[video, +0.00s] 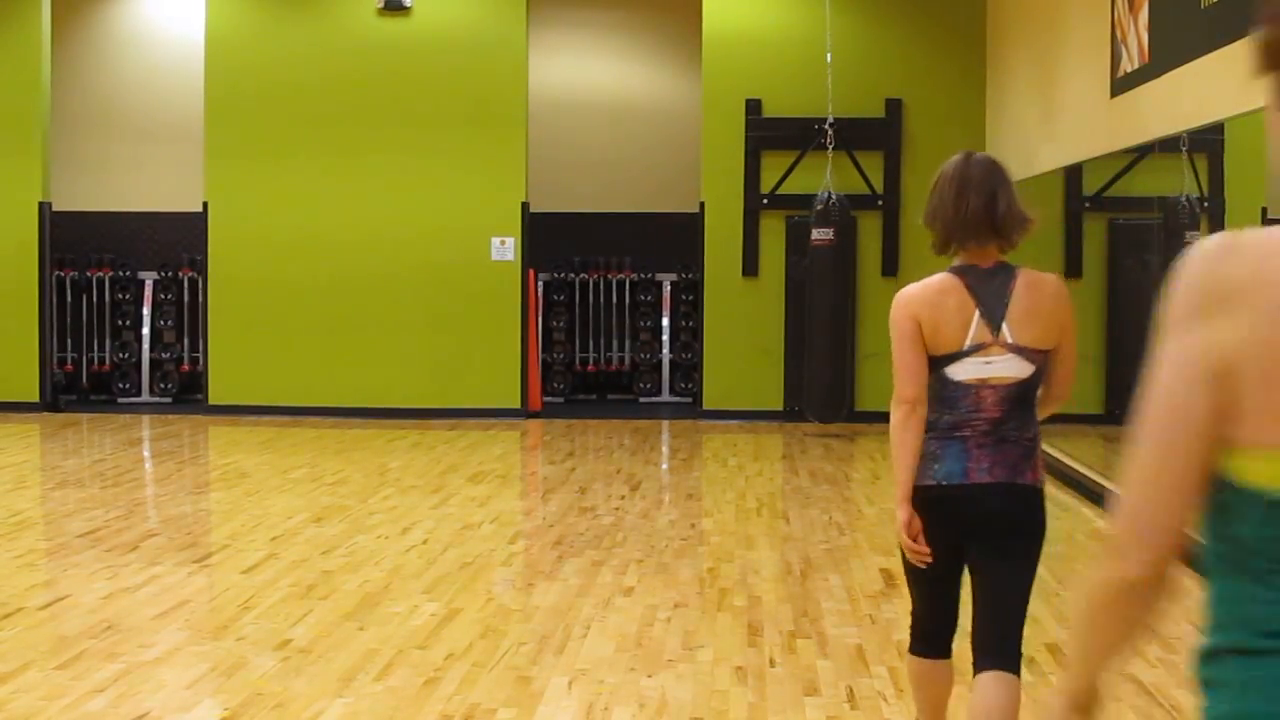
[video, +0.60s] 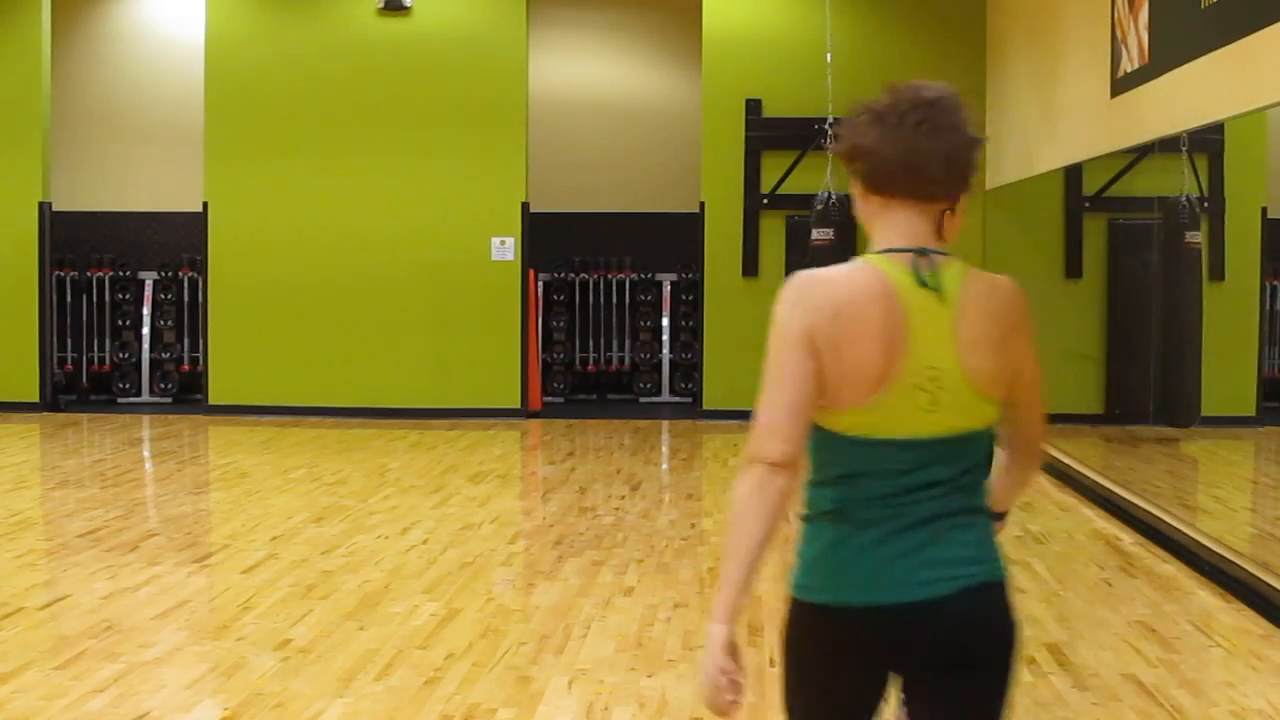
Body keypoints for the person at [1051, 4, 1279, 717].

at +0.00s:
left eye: (1265, 78)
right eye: (1268, 79)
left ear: (1268, 70)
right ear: (1264, 74)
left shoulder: (1231, 274)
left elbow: (1145, 542)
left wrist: (1077, 691)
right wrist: (1078, 687)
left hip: (1254, 685)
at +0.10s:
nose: (1170, 154)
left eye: (1174, 133)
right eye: (1173, 132)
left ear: (1201, 140)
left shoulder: (1131, 310)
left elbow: (1015, 544)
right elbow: (1015, 547)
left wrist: (1008, 591)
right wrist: (1010, 584)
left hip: (1186, 695)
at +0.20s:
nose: (1090, 161)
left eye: (1092, 144)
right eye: (1091, 143)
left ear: (1111, 147)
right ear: (1231, 154)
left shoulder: (1045, 302)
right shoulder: (1267, 307)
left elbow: (965, 523)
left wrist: (943, 561)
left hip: (1097, 669)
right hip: (1242, 651)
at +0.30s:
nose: (1018, 142)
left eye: (1020, 124)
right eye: (1019, 123)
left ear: (1038, 132)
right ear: (1148, 136)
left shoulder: (979, 275)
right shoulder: (1213, 289)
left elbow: (915, 488)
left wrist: (886, 597)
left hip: (1027, 646)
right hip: (1166, 643)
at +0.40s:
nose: (959, 146)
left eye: (960, 131)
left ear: (973, 136)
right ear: (1078, 138)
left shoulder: (922, 270)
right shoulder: (1134, 273)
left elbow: (872, 470)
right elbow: (1159, 459)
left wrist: (826, 624)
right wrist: (1147, 583)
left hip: (961, 625)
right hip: (1106, 618)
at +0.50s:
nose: (903, 177)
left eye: (903, 161)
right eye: (905, 160)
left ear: (916, 167)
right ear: (1012, 167)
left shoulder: (869, 289)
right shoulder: (1064, 291)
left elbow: (826, 467)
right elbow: (1085, 464)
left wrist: (779, 642)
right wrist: (1040, 531)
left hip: (907, 624)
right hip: (1044, 613)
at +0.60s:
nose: (851, 198)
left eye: (851, 186)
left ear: (859, 194)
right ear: (957, 202)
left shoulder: (813, 297)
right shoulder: (998, 301)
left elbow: (773, 462)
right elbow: (1025, 446)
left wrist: (724, 618)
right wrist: (983, 517)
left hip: (839, 608)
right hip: (964, 608)